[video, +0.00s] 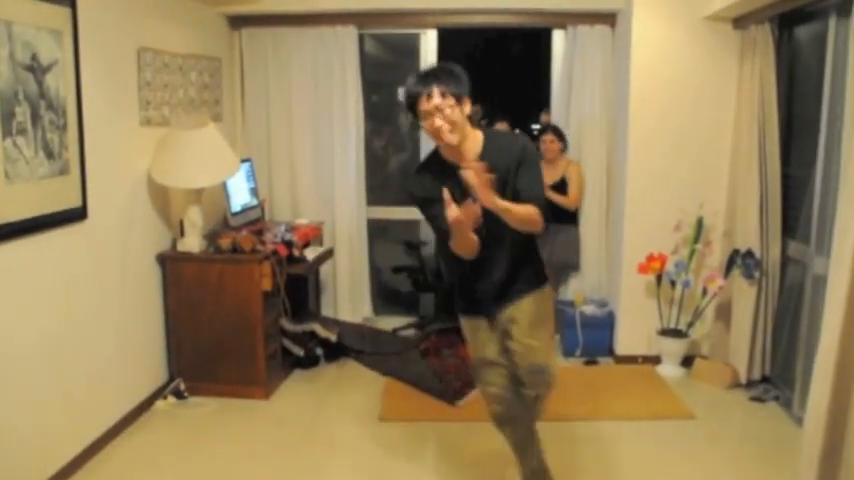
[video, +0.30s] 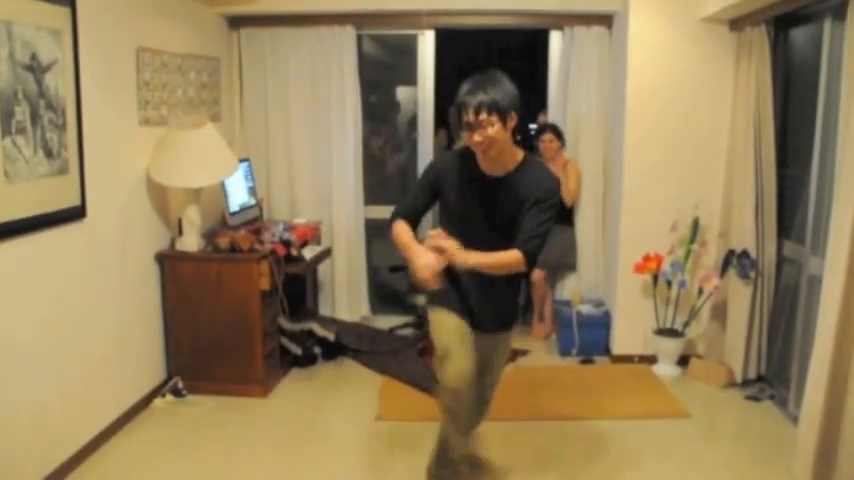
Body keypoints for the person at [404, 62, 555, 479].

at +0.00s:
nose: (437, 124)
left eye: (443, 110)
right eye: (426, 116)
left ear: (465, 105)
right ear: (418, 122)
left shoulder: (514, 148)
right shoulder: (427, 177)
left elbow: (536, 221)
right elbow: (464, 251)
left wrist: (490, 199)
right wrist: (462, 227)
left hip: (523, 285)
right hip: (473, 298)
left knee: (537, 376)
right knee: (500, 401)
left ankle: (516, 428)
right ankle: (535, 474)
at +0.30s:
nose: (476, 136)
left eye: (485, 124)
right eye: (468, 126)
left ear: (511, 122)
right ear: (460, 127)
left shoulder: (540, 181)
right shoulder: (450, 166)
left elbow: (526, 257)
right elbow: (400, 221)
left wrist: (463, 258)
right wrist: (417, 256)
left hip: (499, 298)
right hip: (449, 286)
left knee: (479, 396)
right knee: (456, 378)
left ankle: (444, 465)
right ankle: (463, 459)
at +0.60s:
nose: (452, 142)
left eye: (461, 131)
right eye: (447, 132)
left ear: (493, 128)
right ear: (442, 133)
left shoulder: (518, 193)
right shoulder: (452, 170)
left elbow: (539, 285)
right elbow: (429, 214)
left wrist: (527, 360)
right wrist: (378, 229)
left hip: (472, 324)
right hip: (426, 298)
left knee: (430, 407)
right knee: (383, 361)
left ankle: (395, 468)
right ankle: (474, 394)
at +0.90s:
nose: (452, 161)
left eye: (457, 149)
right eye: (445, 152)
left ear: (485, 134)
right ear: (444, 147)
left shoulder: (530, 180)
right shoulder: (469, 180)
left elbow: (558, 263)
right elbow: (471, 253)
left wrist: (505, 315)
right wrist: (453, 313)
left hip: (551, 314)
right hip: (510, 313)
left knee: (516, 402)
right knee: (514, 403)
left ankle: (588, 472)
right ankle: (562, 472)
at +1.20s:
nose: (463, 186)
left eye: (470, 175)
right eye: (455, 177)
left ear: (495, 161)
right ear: (447, 174)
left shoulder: (535, 193)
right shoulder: (464, 205)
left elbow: (594, 252)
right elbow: (466, 259)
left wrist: (558, 315)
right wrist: (452, 308)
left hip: (571, 320)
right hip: (516, 326)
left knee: (585, 409)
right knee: (512, 420)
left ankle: (657, 473)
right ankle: (556, 476)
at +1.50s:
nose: (484, 155)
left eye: (492, 144)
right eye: (474, 144)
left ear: (502, 142)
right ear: (452, 141)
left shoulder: (517, 185)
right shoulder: (428, 196)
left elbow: (575, 221)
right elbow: (422, 282)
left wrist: (633, 252)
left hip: (498, 320)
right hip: (447, 324)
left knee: (452, 399)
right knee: (496, 412)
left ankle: (437, 475)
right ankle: (564, 472)